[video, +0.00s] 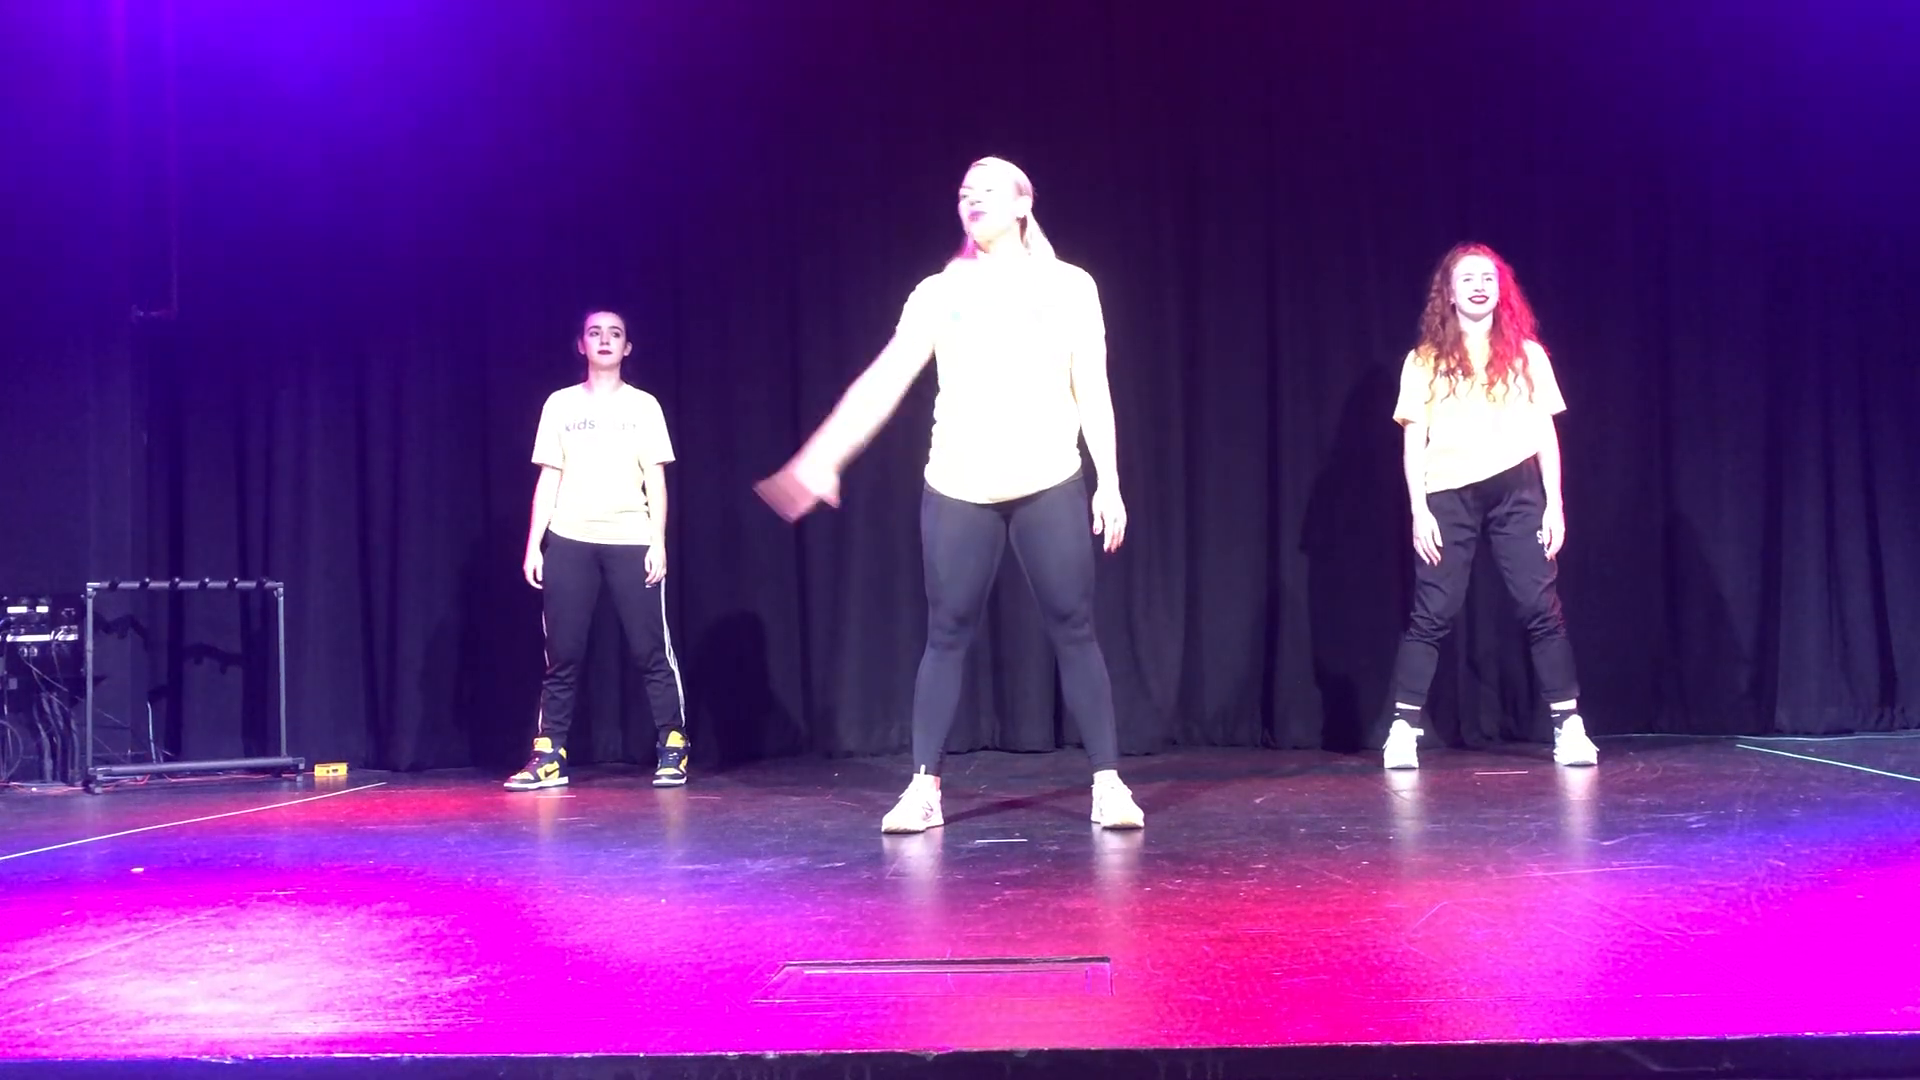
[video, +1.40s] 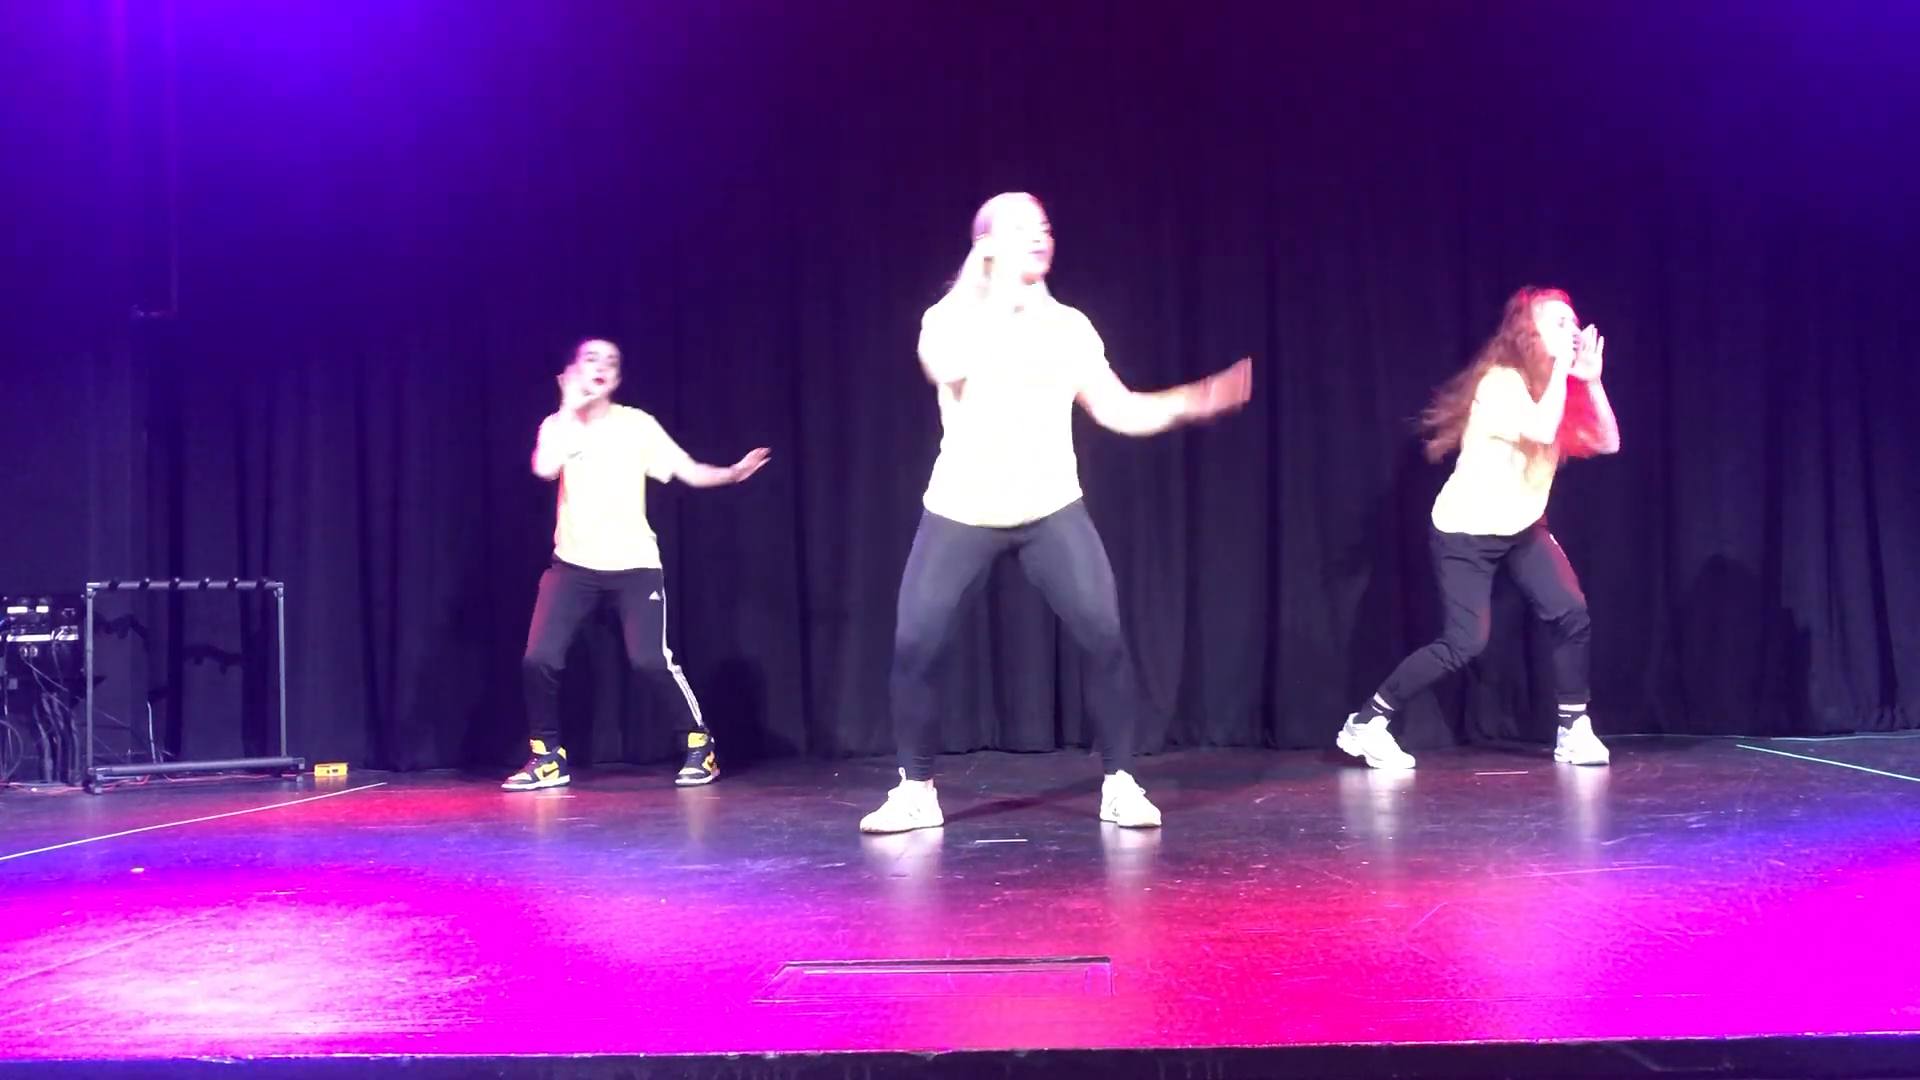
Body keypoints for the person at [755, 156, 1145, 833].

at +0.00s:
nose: (971, 200)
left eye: (986, 188)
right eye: (965, 192)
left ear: (1024, 200)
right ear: (959, 210)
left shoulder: (1071, 287)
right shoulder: (939, 292)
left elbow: (1093, 391)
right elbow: (882, 382)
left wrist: (1108, 482)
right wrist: (820, 457)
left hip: (1049, 477)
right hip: (961, 482)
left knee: (1074, 623)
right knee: (947, 627)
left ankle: (1106, 779)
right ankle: (924, 784)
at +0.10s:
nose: (950, 197)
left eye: (966, 186)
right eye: (949, 188)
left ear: (1009, 197)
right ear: (948, 204)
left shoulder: (1062, 276)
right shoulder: (933, 288)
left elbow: (1088, 382)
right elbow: (849, 350)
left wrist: (1105, 475)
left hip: (1044, 475)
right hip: (957, 482)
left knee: (1073, 621)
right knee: (948, 626)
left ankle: (1110, 779)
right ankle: (924, 783)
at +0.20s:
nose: (929, 195)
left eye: (946, 183)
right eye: (930, 186)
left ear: (987, 198)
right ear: (934, 206)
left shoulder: (1041, 274)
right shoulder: (918, 286)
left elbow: (1072, 378)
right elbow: (833, 331)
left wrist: (1093, 471)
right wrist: (812, 246)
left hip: (1032, 472)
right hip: (949, 482)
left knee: (1071, 618)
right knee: (940, 626)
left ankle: (1120, 771)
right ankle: (921, 783)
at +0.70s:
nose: (848, 259)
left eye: (861, 247)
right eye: (850, 248)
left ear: (903, 255)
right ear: (876, 260)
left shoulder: (956, 317)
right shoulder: (881, 340)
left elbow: (1002, 409)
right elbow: (813, 394)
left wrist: (1027, 503)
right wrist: (833, 315)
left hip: (1017, 490)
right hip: (952, 506)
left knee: (1049, 634)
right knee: (911, 629)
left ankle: (1144, 768)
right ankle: (917, 788)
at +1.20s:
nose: (911, 219)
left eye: (927, 208)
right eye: (908, 211)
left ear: (969, 218)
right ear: (905, 226)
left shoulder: (1025, 284)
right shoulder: (905, 300)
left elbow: (1088, 369)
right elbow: (845, 368)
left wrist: (1114, 451)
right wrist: (894, 287)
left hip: (1035, 480)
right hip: (950, 489)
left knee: (1084, 619)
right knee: (921, 626)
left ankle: (1127, 774)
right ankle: (917, 787)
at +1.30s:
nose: (975, 236)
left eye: (987, 226)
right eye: (962, 227)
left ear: (1008, 236)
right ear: (942, 238)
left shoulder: (1049, 308)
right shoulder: (924, 310)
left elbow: (1100, 396)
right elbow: (884, 376)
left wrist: (1144, 472)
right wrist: (940, 290)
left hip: (1048, 500)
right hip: (956, 504)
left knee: (1096, 630)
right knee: (907, 633)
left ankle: (1119, 780)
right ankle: (915, 788)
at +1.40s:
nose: (1042, 239)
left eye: (1045, 229)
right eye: (1027, 229)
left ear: (1049, 243)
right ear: (988, 243)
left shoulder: (1069, 327)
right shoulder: (952, 315)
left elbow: (1121, 411)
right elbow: (944, 366)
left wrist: (1198, 398)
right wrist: (981, 285)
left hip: (1052, 508)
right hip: (960, 509)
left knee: (1103, 634)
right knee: (916, 639)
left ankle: (1120, 782)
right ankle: (915, 790)